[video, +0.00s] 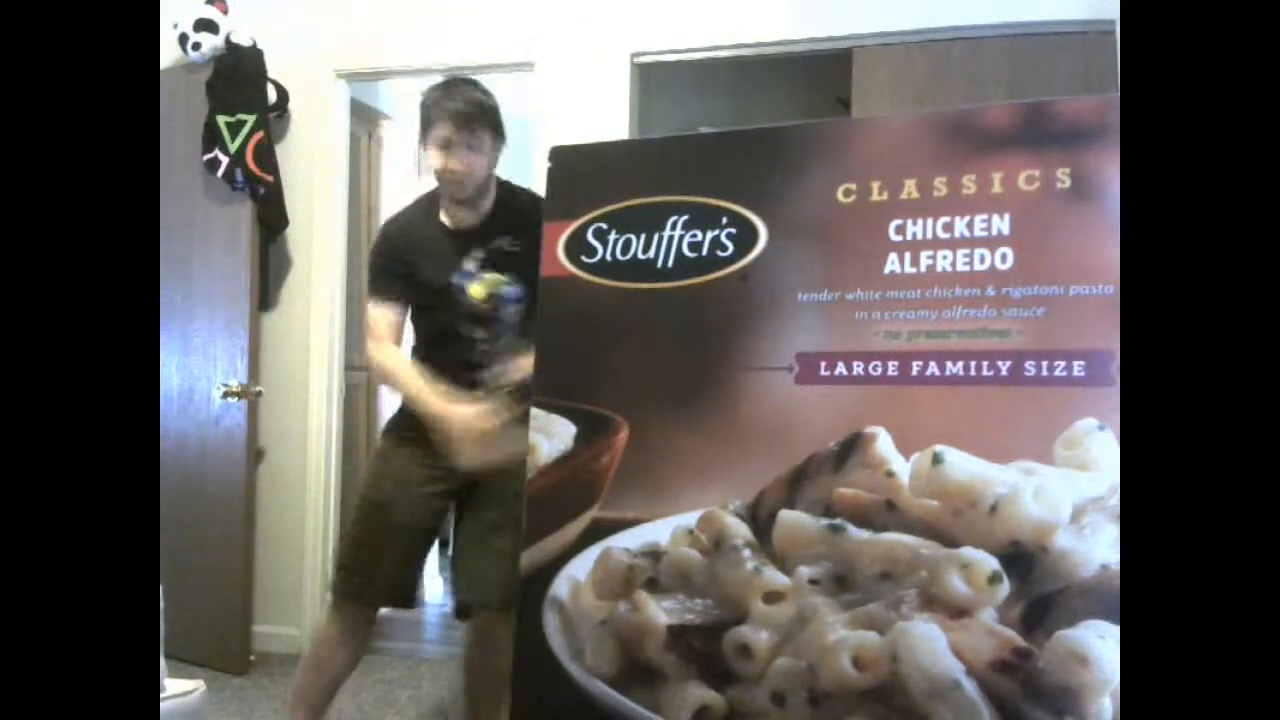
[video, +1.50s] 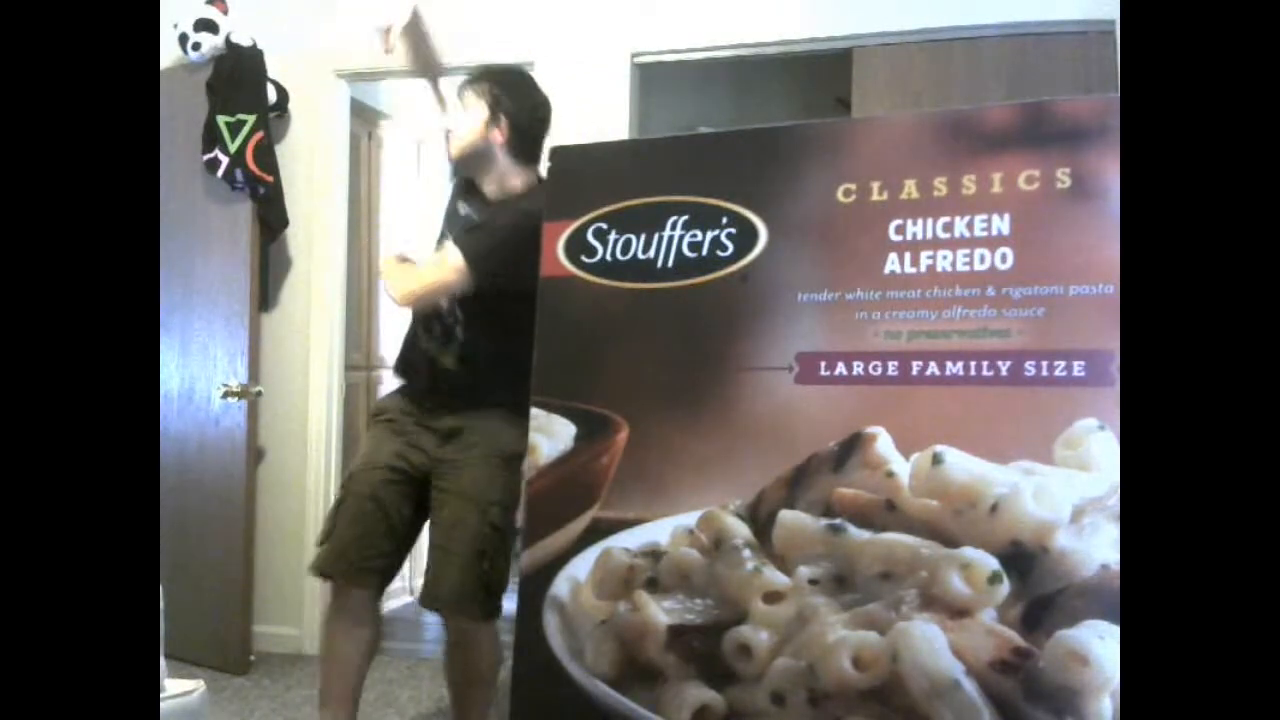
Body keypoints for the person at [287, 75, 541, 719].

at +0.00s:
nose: (452, 162)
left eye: (468, 148)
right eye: (441, 146)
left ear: (496, 152)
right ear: (425, 151)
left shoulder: (540, 225)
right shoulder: (403, 235)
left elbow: (586, 321)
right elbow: (380, 348)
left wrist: (529, 364)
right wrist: (450, 411)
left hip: (508, 428)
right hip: (424, 423)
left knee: (493, 609)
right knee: (355, 598)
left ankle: (488, 717)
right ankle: (300, 713)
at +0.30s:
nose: (543, 159)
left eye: (552, 148)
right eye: (532, 140)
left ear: (554, 152)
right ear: (487, 132)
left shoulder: (536, 211)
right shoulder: (447, 234)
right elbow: (475, 357)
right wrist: (577, 349)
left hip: (527, 424)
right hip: (457, 428)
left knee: (541, 606)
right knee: (389, 597)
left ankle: (497, 713)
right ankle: (325, 712)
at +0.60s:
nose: (517, 196)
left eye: (532, 185)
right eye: (512, 180)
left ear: (560, 190)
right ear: (504, 174)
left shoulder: (565, 258)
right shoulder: (467, 207)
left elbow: (577, 339)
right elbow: (400, 183)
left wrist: (519, 342)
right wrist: (384, 177)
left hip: (506, 422)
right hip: (437, 404)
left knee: (503, 581)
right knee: (450, 556)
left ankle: (495, 706)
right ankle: (462, 707)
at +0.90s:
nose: (480, 135)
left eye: (497, 123)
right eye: (481, 123)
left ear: (542, 138)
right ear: (484, 134)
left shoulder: (551, 228)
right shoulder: (487, 191)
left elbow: (453, 279)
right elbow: (449, 95)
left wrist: (391, 222)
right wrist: (453, 46)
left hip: (495, 418)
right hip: (416, 397)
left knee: (487, 586)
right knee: (354, 532)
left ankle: (478, 714)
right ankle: (344, 701)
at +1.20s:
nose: (473, 147)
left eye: (489, 137)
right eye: (476, 134)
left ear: (531, 152)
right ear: (489, 145)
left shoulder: (549, 244)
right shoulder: (466, 191)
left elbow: (448, 318)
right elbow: (392, 125)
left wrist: (390, 274)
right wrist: (382, 55)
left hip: (492, 438)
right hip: (410, 419)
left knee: (472, 612)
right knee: (346, 585)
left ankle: (474, 719)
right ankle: (332, 717)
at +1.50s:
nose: (449, 122)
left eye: (463, 110)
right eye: (454, 111)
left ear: (499, 127)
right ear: (494, 129)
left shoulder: (529, 216)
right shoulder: (473, 181)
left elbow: (413, 290)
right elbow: (445, 99)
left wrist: (393, 260)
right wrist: (415, 37)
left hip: (483, 427)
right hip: (408, 413)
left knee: (465, 603)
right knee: (352, 575)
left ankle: (473, 718)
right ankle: (335, 715)